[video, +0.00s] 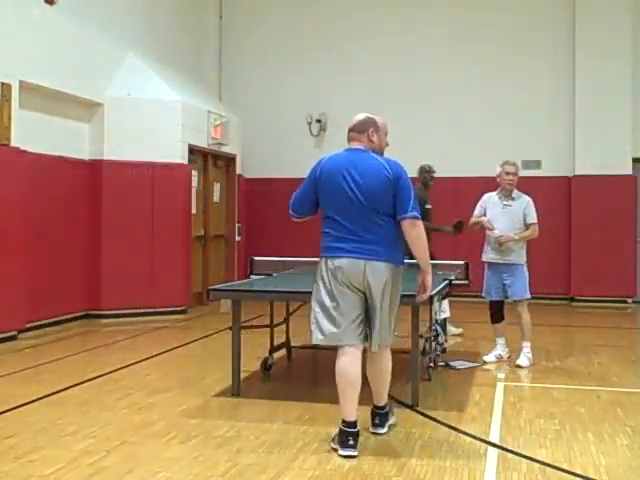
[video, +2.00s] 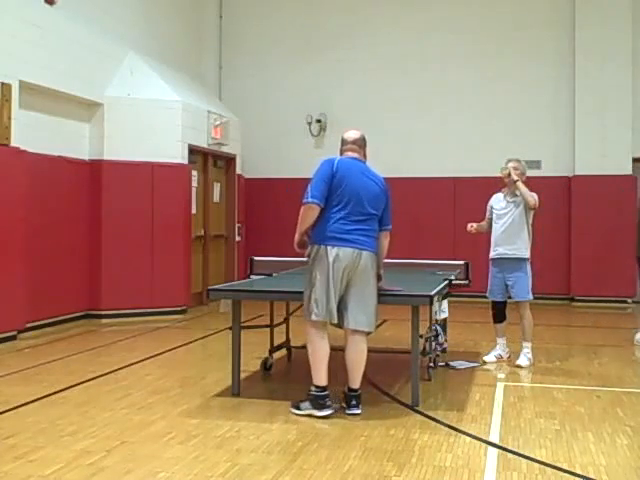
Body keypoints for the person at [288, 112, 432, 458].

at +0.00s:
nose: (386, 142)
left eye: (386, 135)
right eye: (385, 136)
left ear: (351, 135)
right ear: (372, 135)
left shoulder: (325, 166)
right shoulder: (392, 169)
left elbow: (297, 210)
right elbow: (410, 221)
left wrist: (326, 192)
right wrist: (426, 269)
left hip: (339, 265)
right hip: (382, 268)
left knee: (348, 347)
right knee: (380, 344)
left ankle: (347, 434)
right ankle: (380, 416)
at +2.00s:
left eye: (343, 142)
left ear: (341, 148)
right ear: (365, 152)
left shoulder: (331, 165)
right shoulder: (380, 182)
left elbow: (313, 205)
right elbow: (384, 233)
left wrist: (300, 234)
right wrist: (378, 267)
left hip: (330, 251)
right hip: (367, 257)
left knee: (317, 323)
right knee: (358, 329)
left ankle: (319, 397)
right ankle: (353, 398)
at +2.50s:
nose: (302, 152)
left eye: (302, 148)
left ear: (304, 150)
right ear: (329, 148)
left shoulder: (300, 171)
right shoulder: (351, 175)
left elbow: (284, 218)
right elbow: (369, 222)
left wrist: (265, 257)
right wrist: (352, 245)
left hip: (307, 259)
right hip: (343, 260)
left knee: (299, 328)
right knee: (344, 330)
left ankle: (293, 402)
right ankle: (352, 398)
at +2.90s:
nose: (262, 162)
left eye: (261, 158)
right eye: (261, 158)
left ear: (266, 151)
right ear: (287, 145)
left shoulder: (271, 172)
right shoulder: (319, 172)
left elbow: (259, 222)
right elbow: (334, 216)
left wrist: (243, 262)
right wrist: (318, 244)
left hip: (286, 259)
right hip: (317, 258)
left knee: (287, 331)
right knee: (311, 328)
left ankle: (292, 402)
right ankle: (322, 393)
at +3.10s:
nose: (252, 162)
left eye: (250, 158)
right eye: (250, 159)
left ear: (255, 151)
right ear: (275, 145)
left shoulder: (263, 171)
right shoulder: (305, 172)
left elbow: (251, 222)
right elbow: (314, 217)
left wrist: (236, 260)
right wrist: (300, 244)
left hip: (279, 256)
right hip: (306, 256)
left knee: (283, 329)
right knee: (287, 325)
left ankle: (293, 402)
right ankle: (280, 385)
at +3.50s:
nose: (222, 166)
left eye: (220, 162)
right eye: (220, 163)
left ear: (224, 155)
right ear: (243, 150)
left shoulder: (236, 167)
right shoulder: (270, 173)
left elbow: (239, 204)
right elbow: (290, 215)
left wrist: (226, 243)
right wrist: (273, 245)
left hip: (252, 255)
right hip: (276, 254)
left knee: (244, 327)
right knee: (259, 328)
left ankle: (281, 390)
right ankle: (244, 391)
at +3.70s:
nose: (207, 168)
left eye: (205, 164)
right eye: (206, 164)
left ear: (210, 156)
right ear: (228, 150)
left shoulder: (223, 164)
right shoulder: (254, 171)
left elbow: (232, 190)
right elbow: (278, 211)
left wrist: (219, 223)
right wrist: (263, 241)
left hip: (241, 251)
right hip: (264, 252)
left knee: (210, 318)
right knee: (251, 322)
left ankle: (243, 378)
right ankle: (247, 387)